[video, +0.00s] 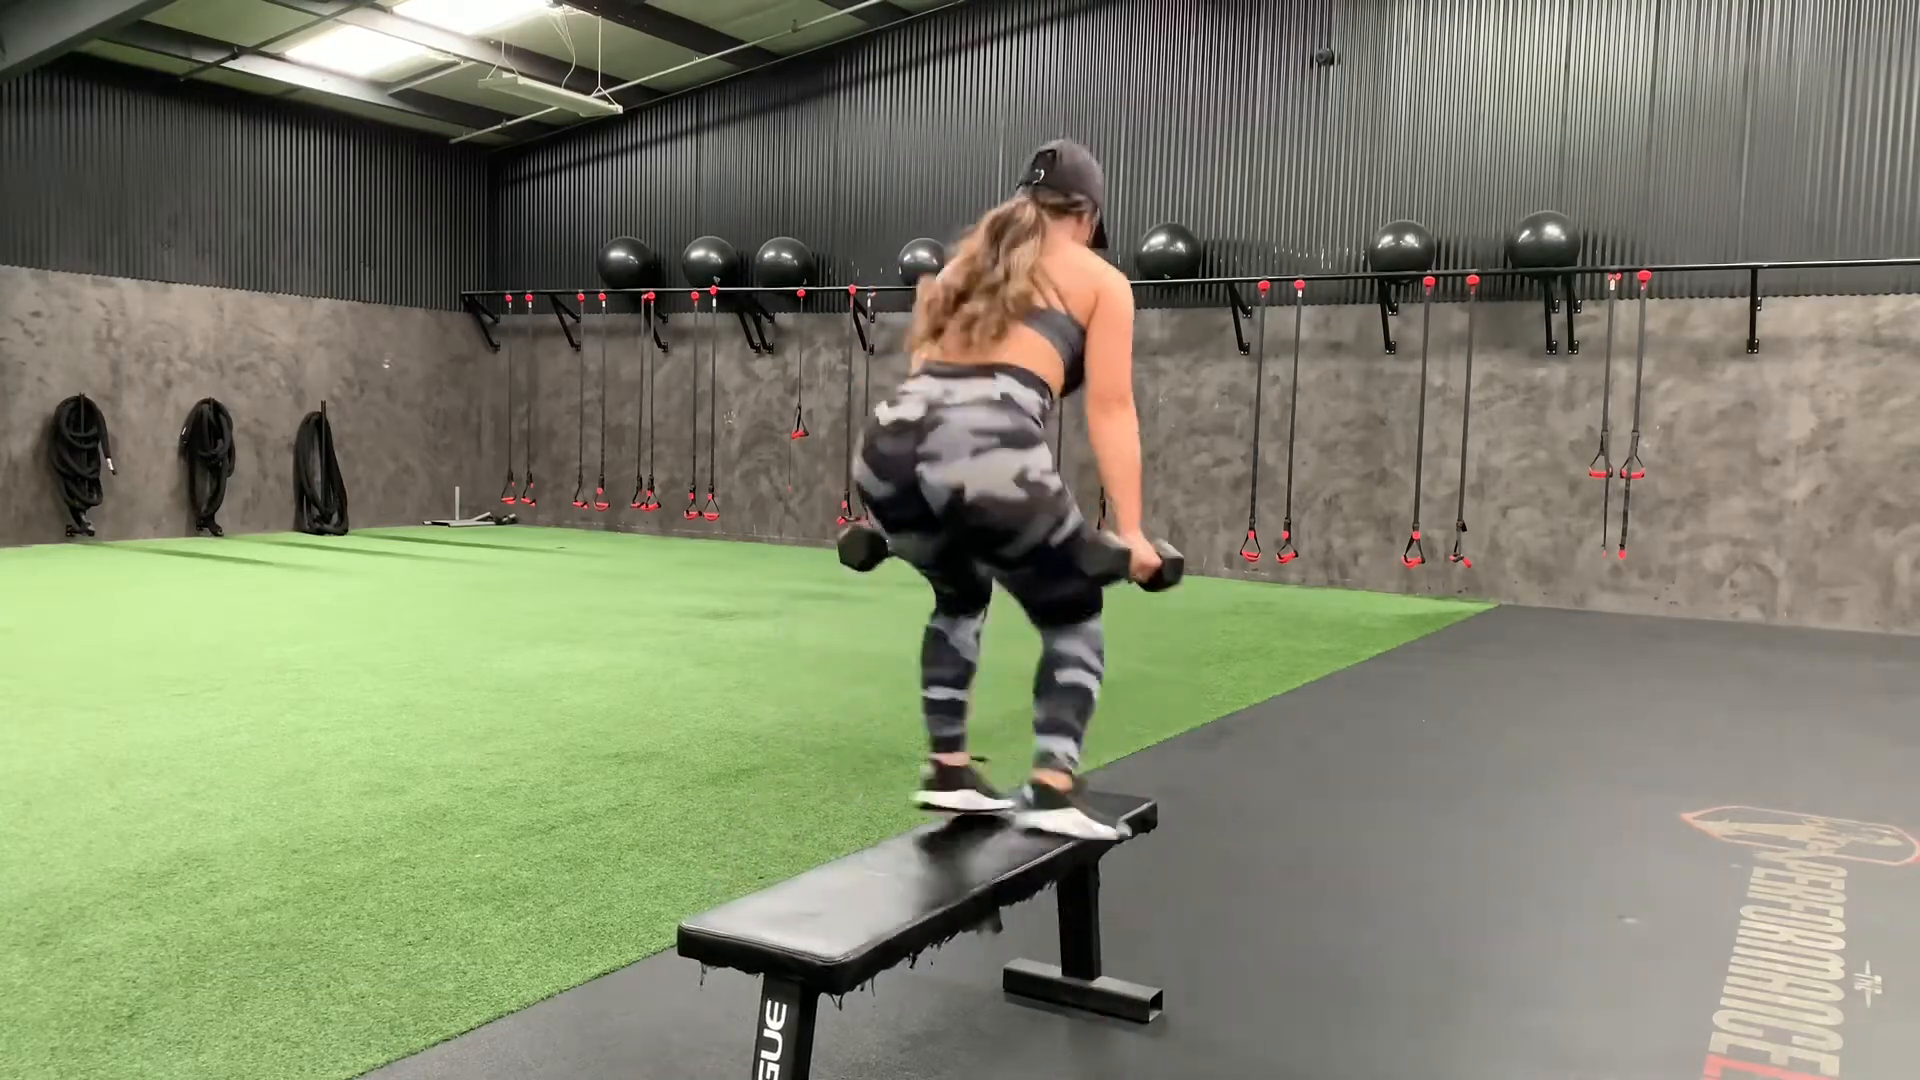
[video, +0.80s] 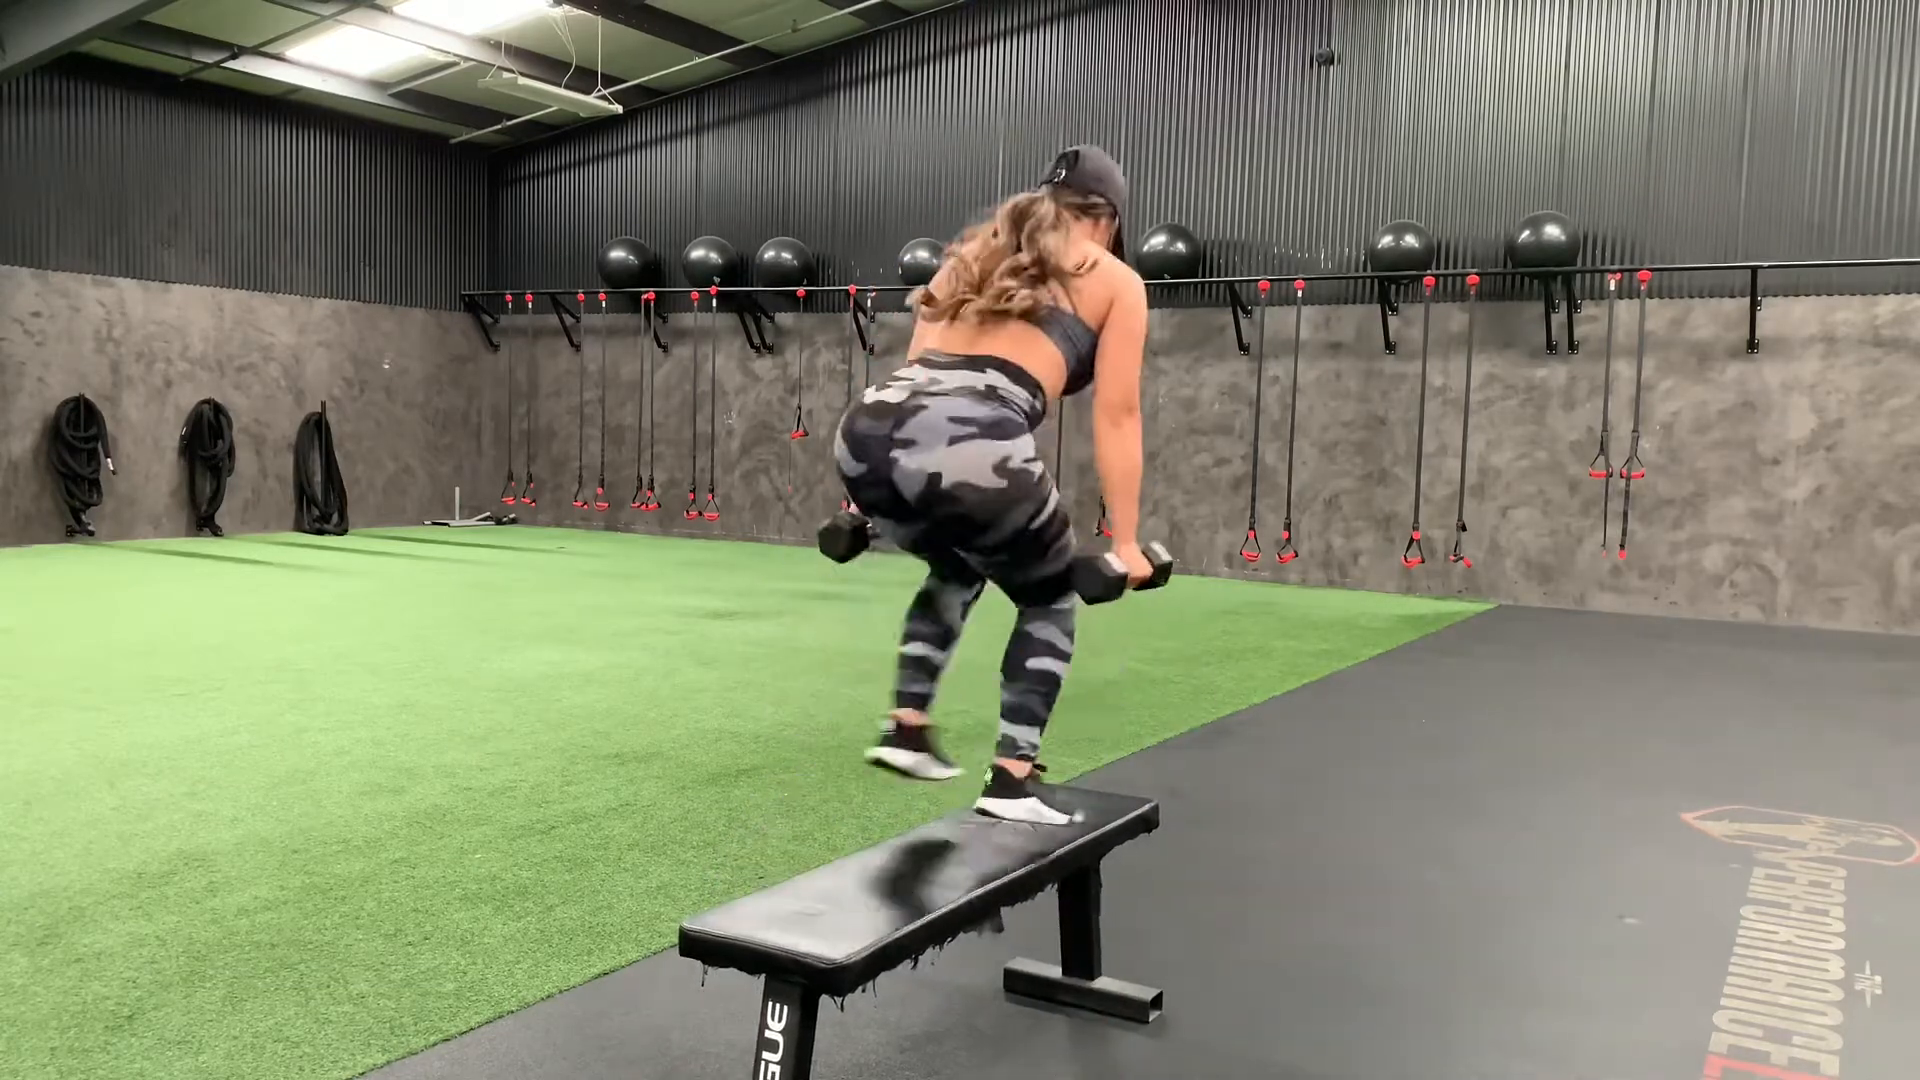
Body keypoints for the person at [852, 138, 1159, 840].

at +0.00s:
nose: (1092, 233)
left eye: (1090, 221)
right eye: (1093, 220)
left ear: (1022, 205)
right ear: (1085, 216)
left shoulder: (960, 264)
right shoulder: (1097, 278)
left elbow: (920, 379)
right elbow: (1110, 410)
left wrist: (877, 507)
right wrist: (1130, 531)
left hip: (892, 455)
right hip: (995, 458)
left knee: (960, 594)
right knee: (1071, 615)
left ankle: (946, 765)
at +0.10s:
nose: (1096, 231)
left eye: (1094, 218)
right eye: (1097, 217)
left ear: (1028, 202)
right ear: (1089, 212)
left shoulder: (973, 257)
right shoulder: (1093, 275)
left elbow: (925, 372)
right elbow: (1093, 403)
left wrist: (866, 503)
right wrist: (1105, 530)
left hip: (880, 452)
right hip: (977, 451)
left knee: (952, 607)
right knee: (1063, 597)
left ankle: (851, 758)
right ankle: (1009, 776)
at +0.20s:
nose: (1095, 272)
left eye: (1095, 260)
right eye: (1095, 260)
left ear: (1031, 245)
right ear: (1087, 255)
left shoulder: (972, 296)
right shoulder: (1085, 312)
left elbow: (935, 414)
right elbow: (1076, 446)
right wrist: (1081, 571)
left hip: (871, 501)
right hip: (956, 501)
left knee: (894, 684)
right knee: (1053, 619)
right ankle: (987, 797)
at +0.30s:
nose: (1089, 353)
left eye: (1090, 340)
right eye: (1089, 341)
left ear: (1026, 328)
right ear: (1076, 339)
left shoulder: (965, 381)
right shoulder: (1069, 404)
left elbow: (924, 498)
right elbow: (1057, 540)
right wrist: (1059, 665)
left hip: (863, 586)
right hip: (947, 595)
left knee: (837, 773)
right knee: (1076, 628)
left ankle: (754, 941)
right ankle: (993, 793)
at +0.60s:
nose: (1100, 314)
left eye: (1097, 302)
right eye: (1101, 302)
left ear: (1029, 290)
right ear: (1097, 303)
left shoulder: (974, 343)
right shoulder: (1100, 366)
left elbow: (933, 441)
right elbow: (1081, 500)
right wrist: (1079, 625)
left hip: (861, 543)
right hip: (953, 553)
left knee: (851, 729)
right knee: (1047, 614)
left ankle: (774, 900)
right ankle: (989, 790)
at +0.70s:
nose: (1109, 261)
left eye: (1109, 250)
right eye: (1111, 249)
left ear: (1044, 229)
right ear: (1104, 242)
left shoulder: (979, 277)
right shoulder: (1109, 299)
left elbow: (929, 388)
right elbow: (1103, 434)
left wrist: (861, 526)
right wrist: (1106, 563)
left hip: (871, 481)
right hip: (968, 484)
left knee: (923, 631)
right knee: (1036, 615)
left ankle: (823, 787)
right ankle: (994, 785)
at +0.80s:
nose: (1113, 239)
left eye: (1110, 226)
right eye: (1114, 226)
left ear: (1042, 207)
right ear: (1107, 220)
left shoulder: (973, 253)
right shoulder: (1114, 280)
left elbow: (916, 369)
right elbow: (1117, 413)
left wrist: (864, 494)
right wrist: (1125, 541)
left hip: (873, 432)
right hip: (976, 446)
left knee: (959, 566)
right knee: (1048, 595)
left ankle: (907, 729)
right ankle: (1012, 774)